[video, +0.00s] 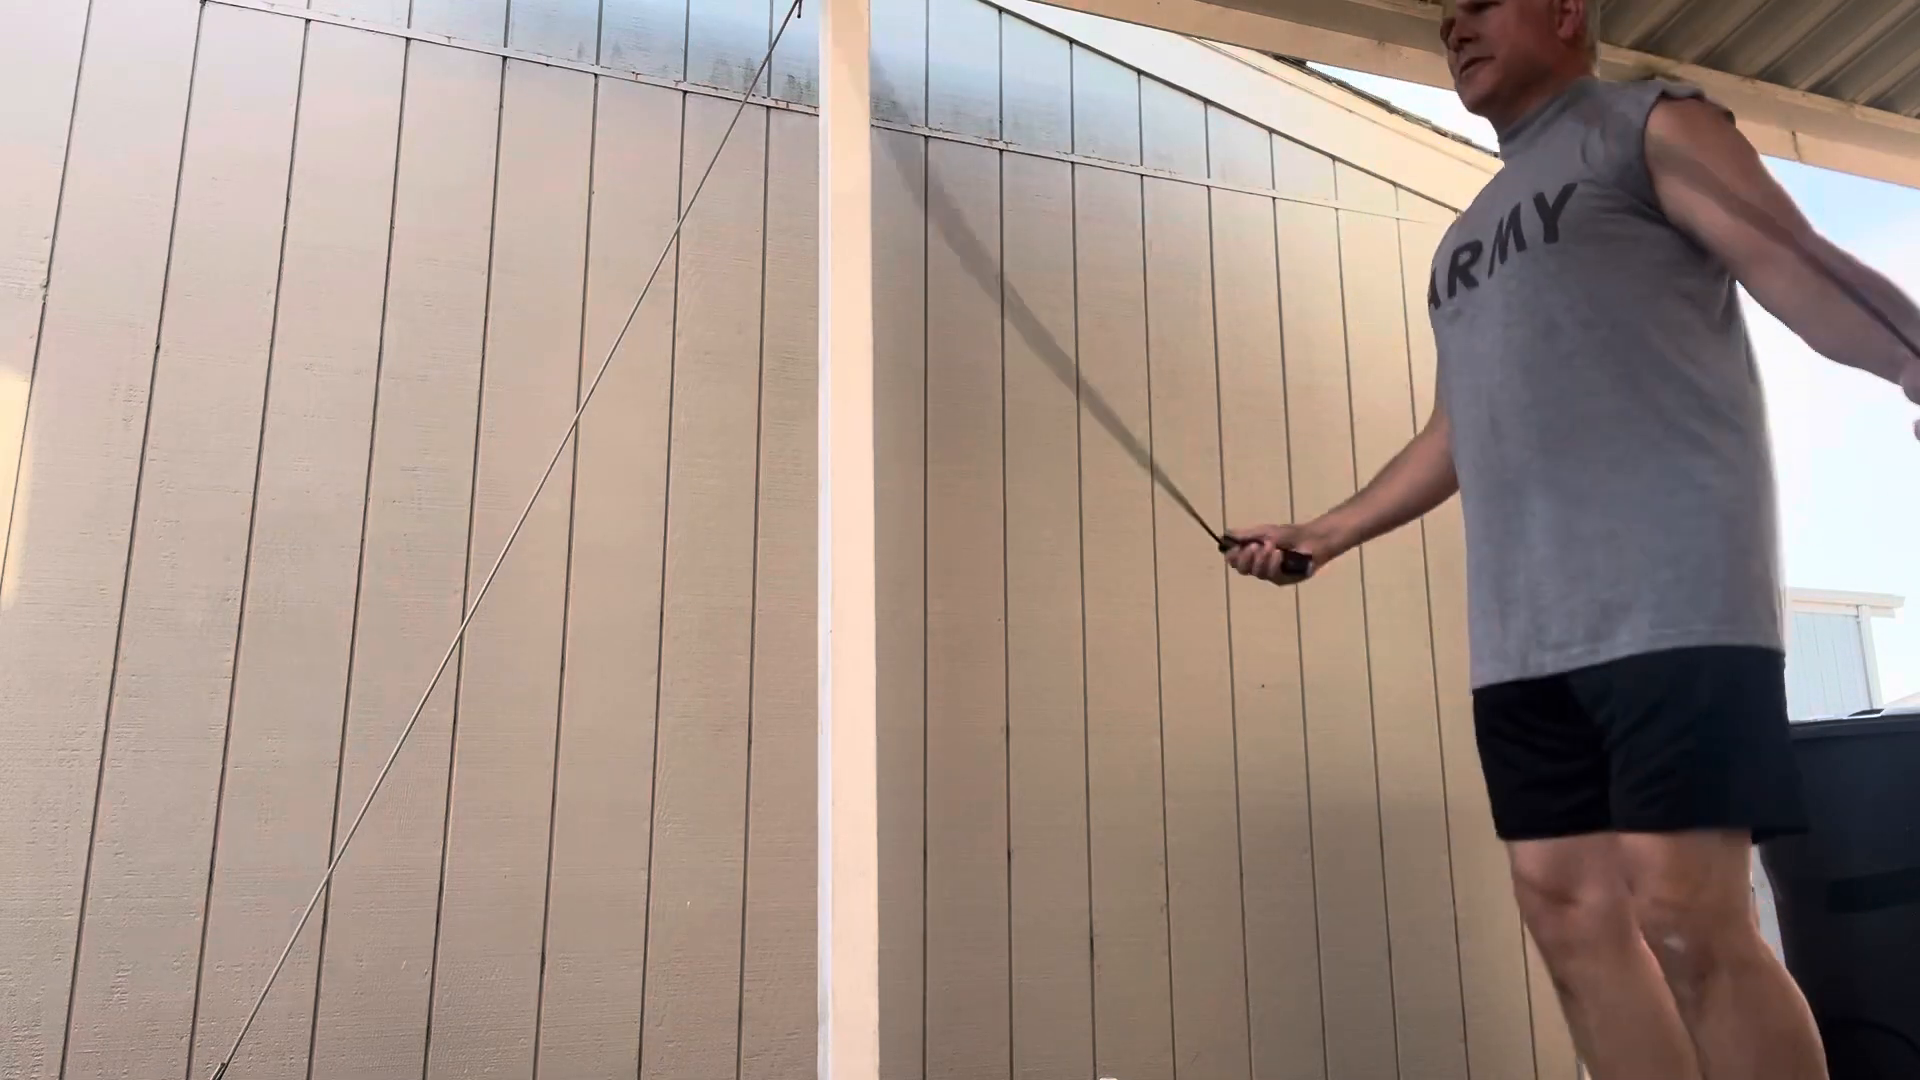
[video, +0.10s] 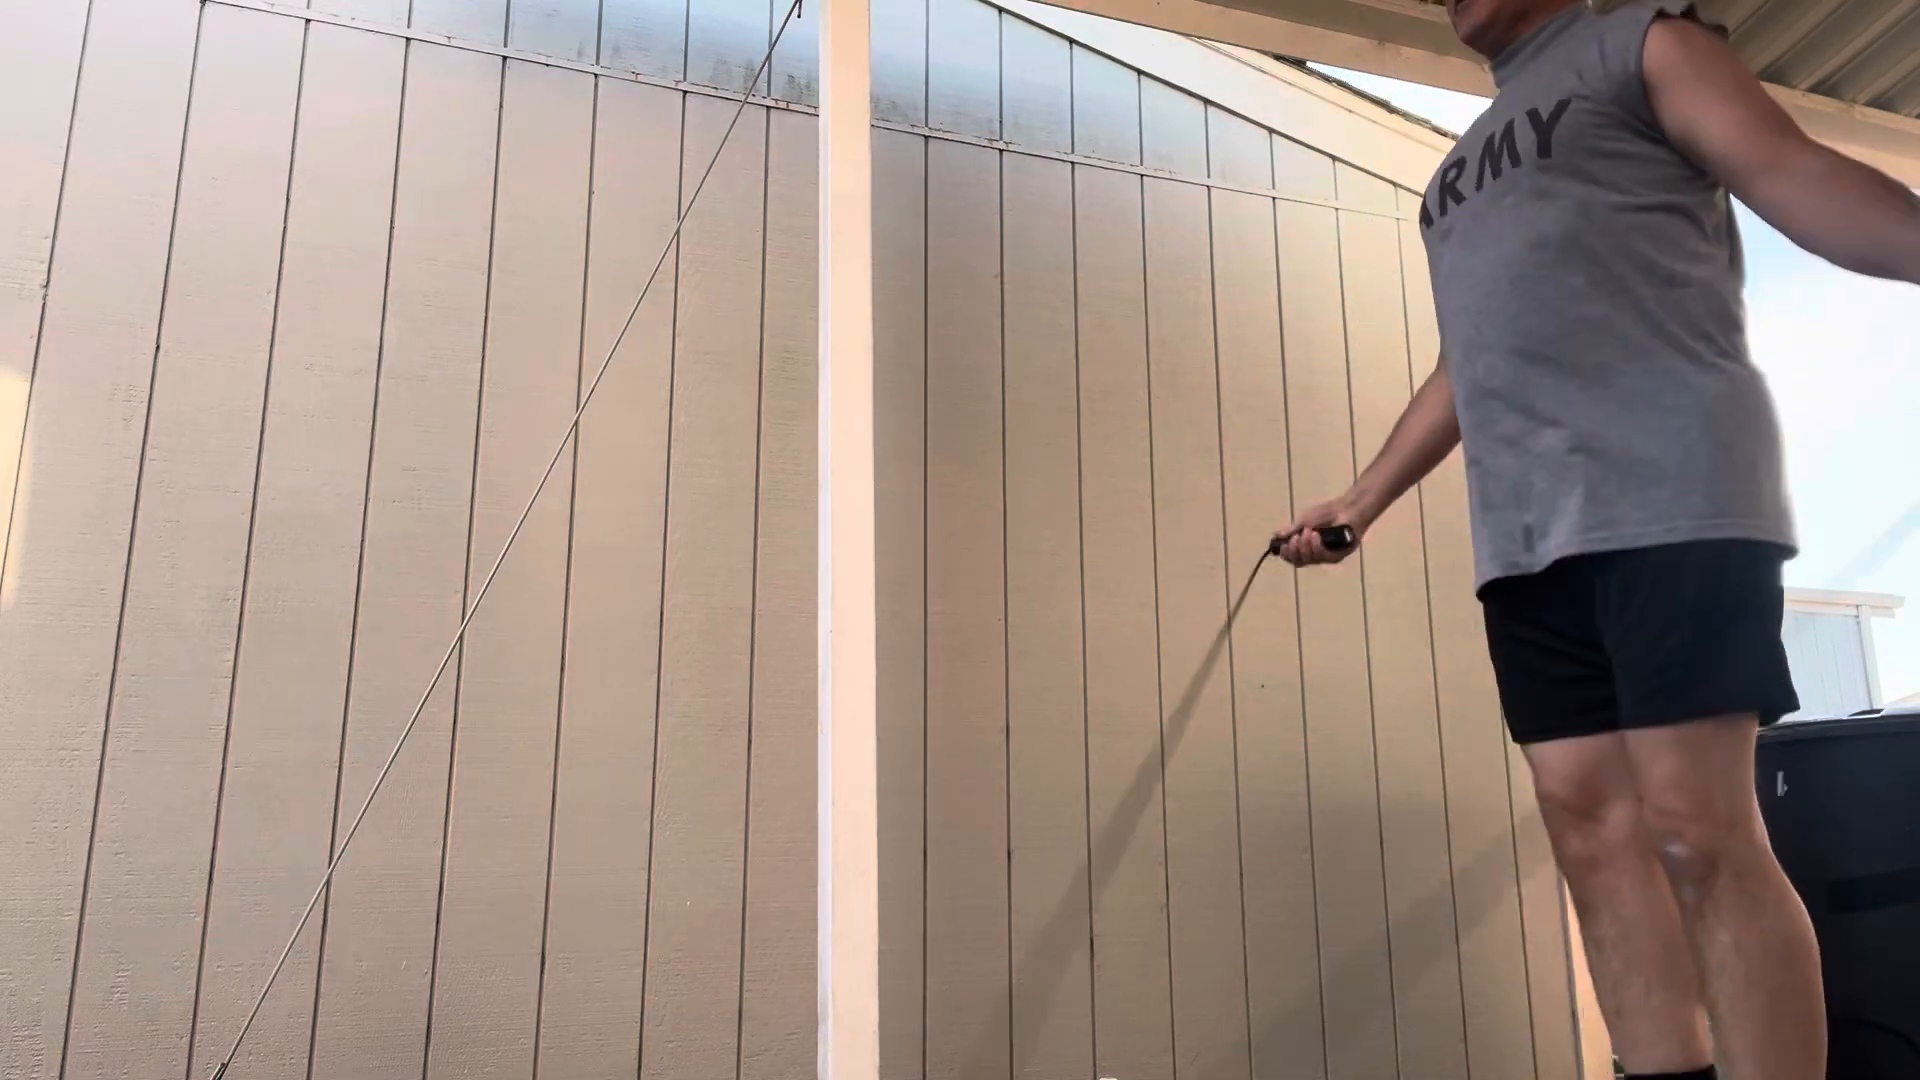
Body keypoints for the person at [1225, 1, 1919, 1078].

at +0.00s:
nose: (1455, 27)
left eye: (1482, 3)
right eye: (1448, 18)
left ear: (1568, 14)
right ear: (1458, 59)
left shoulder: (1649, 119)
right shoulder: (1464, 237)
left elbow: (1792, 262)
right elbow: (1453, 433)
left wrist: (1917, 369)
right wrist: (1318, 537)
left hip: (1672, 583)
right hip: (1519, 613)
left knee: (1693, 916)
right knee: (1568, 917)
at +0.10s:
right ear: (1454, 20)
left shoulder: (1644, 40)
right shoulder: (1457, 176)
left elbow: (1791, 172)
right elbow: (1467, 365)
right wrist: (1356, 503)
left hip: (1673, 490)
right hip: (1521, 526)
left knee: (1704, 829)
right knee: (1586, 826)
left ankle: (1774, 1072)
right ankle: (1664, 1068)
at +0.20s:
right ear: (1454, 19)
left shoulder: (1645, 36)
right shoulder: (1460, 169)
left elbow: (1808, 146)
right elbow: (1475, 351)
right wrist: (1352, 456)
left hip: (1687, 498)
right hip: (1525, 536)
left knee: (1714, 831)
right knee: (1594, 828)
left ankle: (1792, 1068)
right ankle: (1678, 1070)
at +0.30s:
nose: (1464, 32)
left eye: (1493, 9)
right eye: (1455, 25)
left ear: (1578, 16)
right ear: (1463, 63)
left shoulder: (1664, 112)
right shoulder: (1470, 232)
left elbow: (1837, 237)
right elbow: (1472, 420)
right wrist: (1323, 475)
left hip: (1706, 570)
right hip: (1537, 602)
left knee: (1729, 913)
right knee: (1586, 911)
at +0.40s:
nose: (1479, 18)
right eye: (1472, 8)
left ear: (1591, 7)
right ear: (1479, 45)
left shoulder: (1679, 106)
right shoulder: (1488, 226)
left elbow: (1810, 252)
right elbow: (1481, 419)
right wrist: (1358, 539)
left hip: (1692, 577)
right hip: (1537, 605)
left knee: (1724, 908)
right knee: (1597, 900)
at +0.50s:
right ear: (1470, 12)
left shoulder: (1666, 36)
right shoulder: (1477, 169)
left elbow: (1812, 164)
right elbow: (1485, 361)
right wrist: (1376, 499)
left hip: (1684, 487)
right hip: (1530, 522)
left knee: (1712, 832)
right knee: (1595, 827)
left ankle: (1799, 1068)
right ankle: (1696, 1064)